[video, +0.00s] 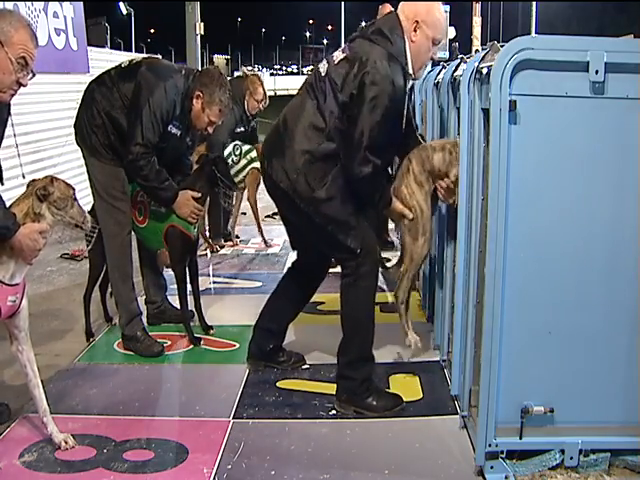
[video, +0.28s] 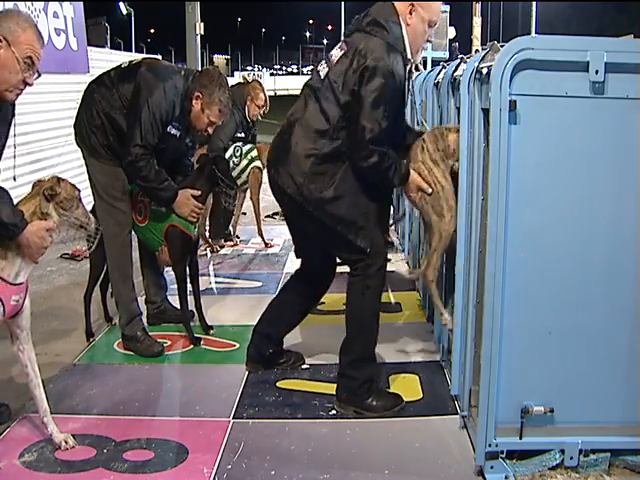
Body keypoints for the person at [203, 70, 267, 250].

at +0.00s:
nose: (261, 106)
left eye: (263, 102)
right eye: (258, 101)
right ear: (246, 97)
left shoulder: (250, 117)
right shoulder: (231, 115)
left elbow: (254, 144)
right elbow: (215, 148)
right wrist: (230, 183)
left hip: (229, 156)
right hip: (212, 155)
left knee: (229, 192)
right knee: (218, 193)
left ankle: (226, 232)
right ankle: (217, 235)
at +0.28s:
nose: (260, 113)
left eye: (263, 108)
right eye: (259, 107)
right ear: (247, 101)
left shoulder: (250, 123)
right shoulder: (231, 119)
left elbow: (249, 150)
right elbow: (215, 148)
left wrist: (246, 173)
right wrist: (228, 181)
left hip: (232, 162)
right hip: (217, 160)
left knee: (231, 192)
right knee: (224, 193)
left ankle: (225, 232)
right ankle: (217, 235)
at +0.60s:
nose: (260, 111)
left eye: (262, 106)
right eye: (258, 105)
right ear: (247, 100)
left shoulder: (247, 119)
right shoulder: (231, 116)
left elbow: (247, 141)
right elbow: (215, 150)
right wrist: (225, 178)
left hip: (223, 156)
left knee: (232, 190)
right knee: (217, 192)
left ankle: (226, 230)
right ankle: (216, 235)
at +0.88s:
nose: (261, 99)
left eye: (263, 95)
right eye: (259, 94)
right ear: (246, 89)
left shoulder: (247, 108)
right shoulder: (231, 107)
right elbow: (213, 135)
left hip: (222, 150)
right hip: (211, 151)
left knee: (227, 188)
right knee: (220, 190)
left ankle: (224, 229)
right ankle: (217, 232)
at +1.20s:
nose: (261, 96)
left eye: (263, 92)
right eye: (259, 91)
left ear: (249, 87)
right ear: (246, 87)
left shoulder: (244, 105)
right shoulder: (231, 104)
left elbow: (239, 130)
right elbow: (213, 137)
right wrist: (224, 170)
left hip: (223, 151)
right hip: (212, 152)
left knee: (224, 191)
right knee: (218, 192)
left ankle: (223, 229)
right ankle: (216, 232)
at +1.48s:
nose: (261, 100)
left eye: (263, 96)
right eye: (259, 94)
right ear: (248, 89)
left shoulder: (246, 106)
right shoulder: (233, 105)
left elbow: (242, 128)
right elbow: (217, 130)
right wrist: (228, 160)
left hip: (222, 144)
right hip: (208, 146)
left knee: (224, 190)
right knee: (214, 192)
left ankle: (224, 229)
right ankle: (214, 232)